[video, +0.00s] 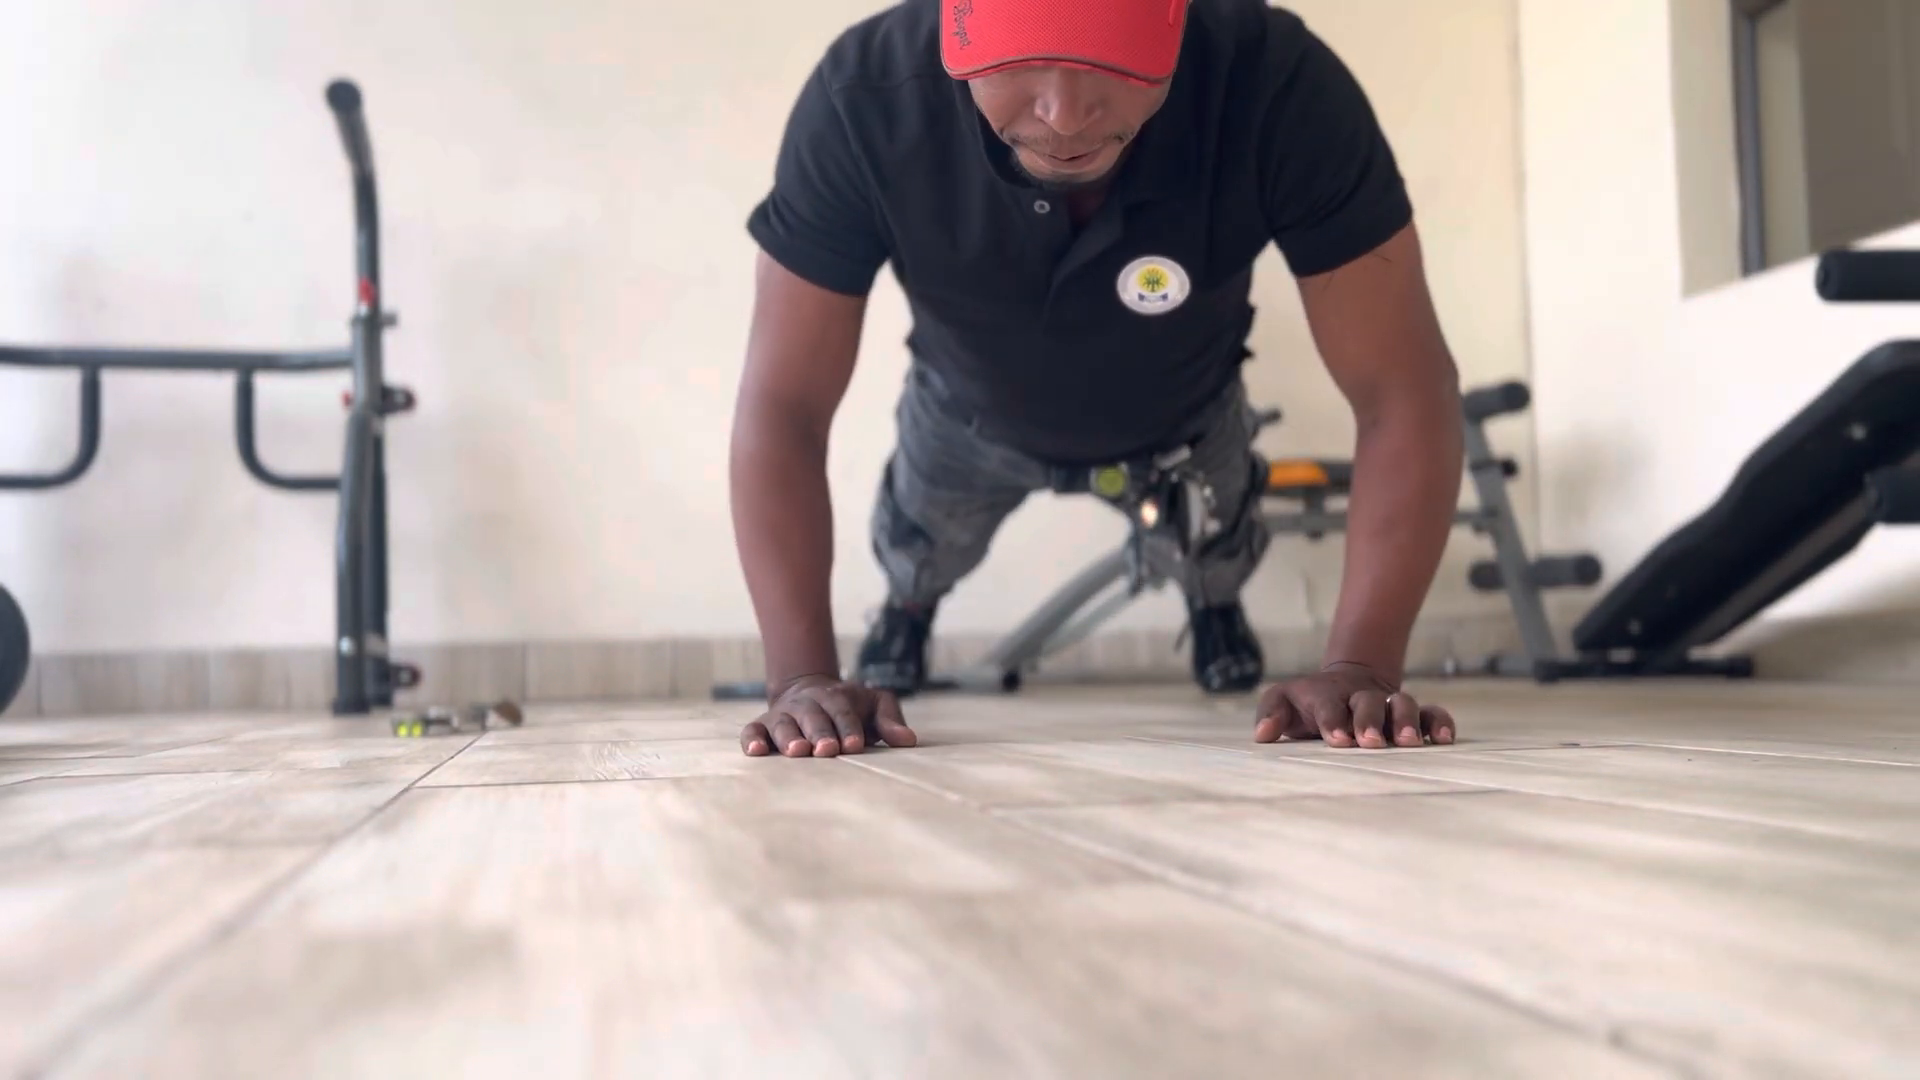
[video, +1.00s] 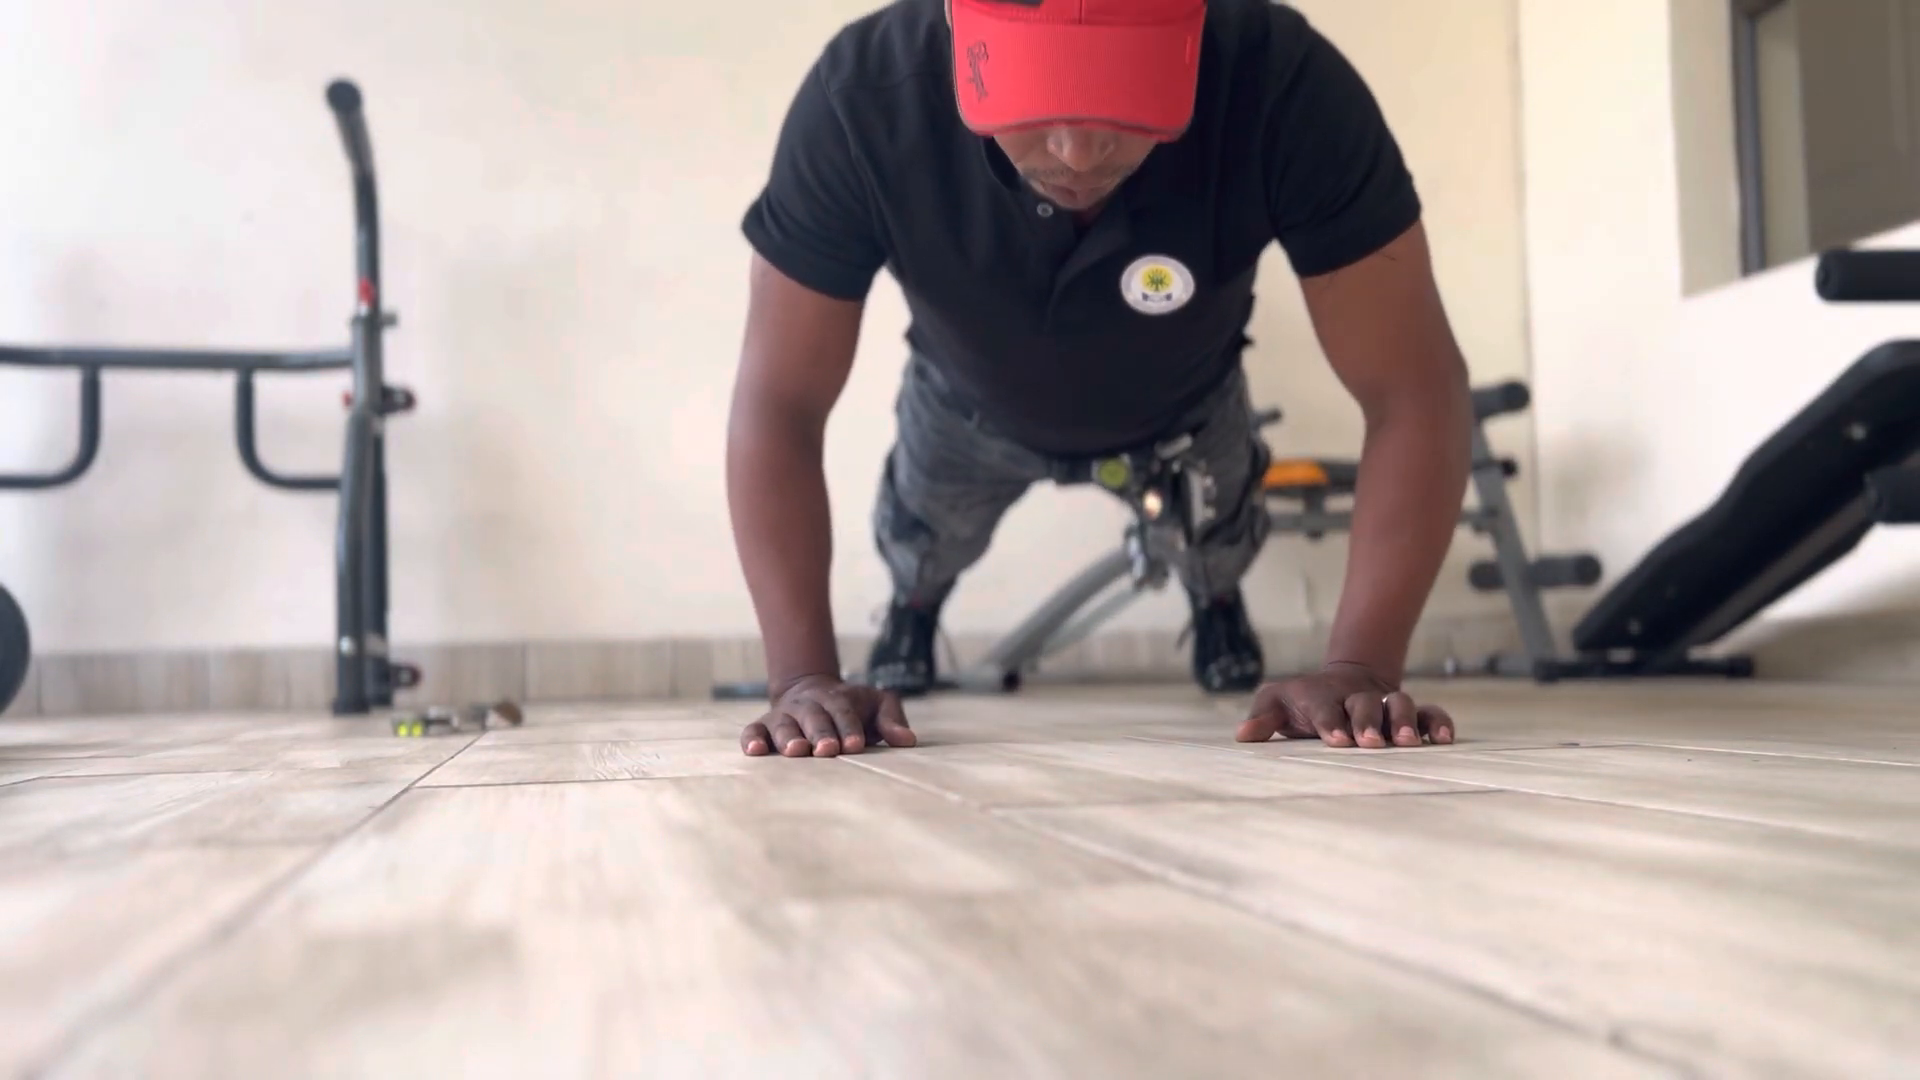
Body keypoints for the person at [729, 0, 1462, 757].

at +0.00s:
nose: (1063, 113)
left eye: (1112, 65)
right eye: (1019, 65)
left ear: (1173, 35)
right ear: (960, 33)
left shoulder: (1275, 85)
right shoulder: (867, 98)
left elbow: (1406, 390)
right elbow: (781, 409)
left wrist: (1360, 669)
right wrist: (798, 682)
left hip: (1183, 415)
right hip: (974, 418)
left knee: (1218, 534)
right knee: (926, 540)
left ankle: (1217, 612)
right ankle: (908, 616)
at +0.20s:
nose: (1066, 106)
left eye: (1112, 61)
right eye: (1025, 58)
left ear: (1174, 28)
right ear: (964, 24)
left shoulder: (1277, 80)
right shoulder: (865, 86)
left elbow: (1403, 388)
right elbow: (789, 401)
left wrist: (1358, 669)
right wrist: (800, 680)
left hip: (1178, 394)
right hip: (973, 392)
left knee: (1213, 522)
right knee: (929, 527)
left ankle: (1217, 611)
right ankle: (914, 616)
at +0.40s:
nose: (1066, 109)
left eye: (1111, 68)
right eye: (1023, 68)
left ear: (1173, 31)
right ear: (963, 29)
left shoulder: (1275, 70)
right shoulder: (868, 81)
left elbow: (1403, 383)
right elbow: (793, 399)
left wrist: (1359, 667)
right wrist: (801, 680)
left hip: (1182, 392)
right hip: (977, 391)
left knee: (1214, 525)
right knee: (930, 529)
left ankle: (1217, 610)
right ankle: (915, 615)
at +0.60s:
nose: (1075, 121)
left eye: (1119, 83)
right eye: (1034, 81)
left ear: (1179, 44)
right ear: (970, 39)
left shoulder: (1284, 76)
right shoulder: (870, 86)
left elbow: (1408, 385)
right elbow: (788, 401)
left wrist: (1360, 669)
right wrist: (800, 681)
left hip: (1181, 402)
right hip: (972, 400)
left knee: (1216, 528)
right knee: (927, 533)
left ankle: (1217, 609)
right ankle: (912, 616)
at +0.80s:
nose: (1072, 114)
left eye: (1116, 76)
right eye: (1030, 75)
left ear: (1177, 36)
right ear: (969, 33)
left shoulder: (1283, 74)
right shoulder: (868, 83)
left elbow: (1407, 385)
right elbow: (787, 400)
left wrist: (1360, 668)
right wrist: (800, 681)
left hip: (1181, 402)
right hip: (972, 400)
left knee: (1217, 527)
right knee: (927, 534)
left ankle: (1219, 610)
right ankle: (913, 616)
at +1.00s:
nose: (1074, 155)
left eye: (1118, 119)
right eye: (1032, 118)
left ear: (1184, 56)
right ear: (961, 54)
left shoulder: (1281, 83)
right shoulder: (866, 96)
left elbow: (1418, 390)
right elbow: (777, 407)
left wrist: (1359, 668)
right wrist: (799, 682)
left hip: (1184, 407)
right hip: (972, 406)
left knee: (1217, 530)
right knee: (928, 535)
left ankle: (1219, 610)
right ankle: (915, 621)